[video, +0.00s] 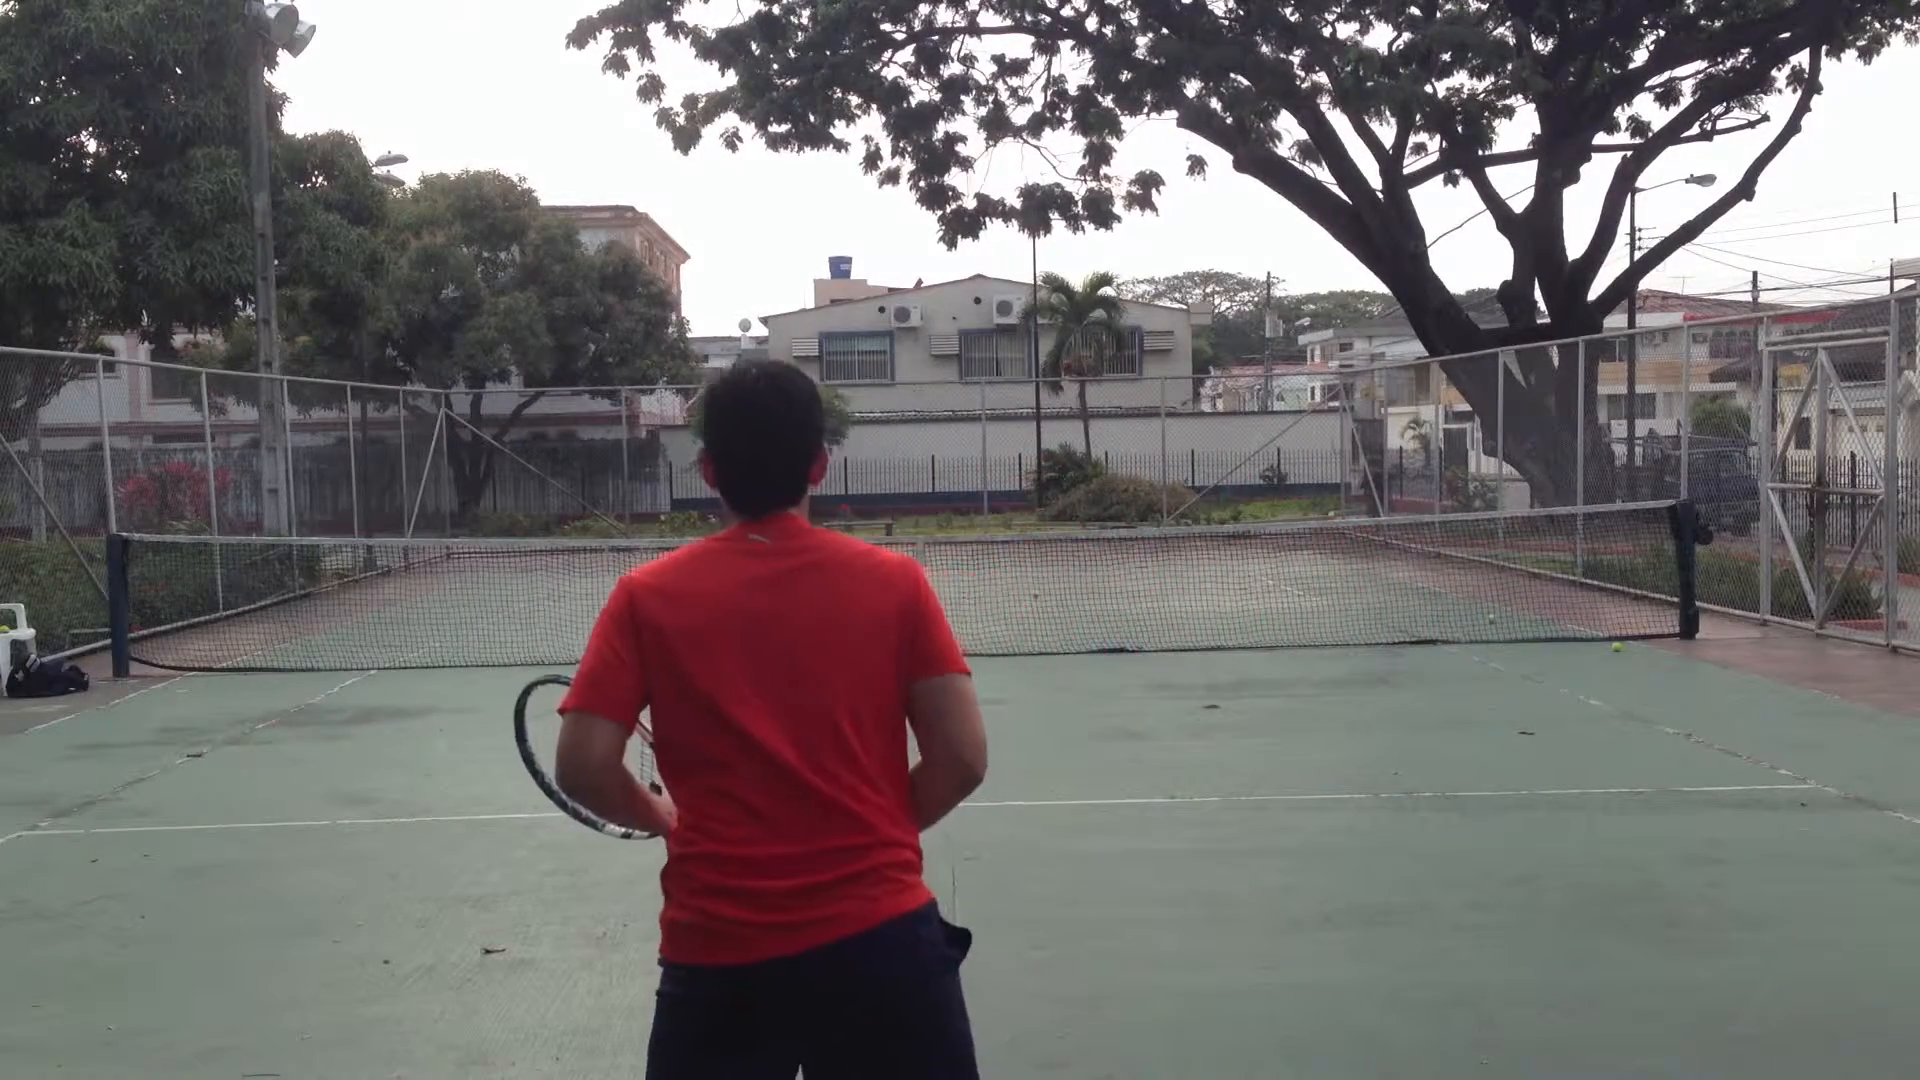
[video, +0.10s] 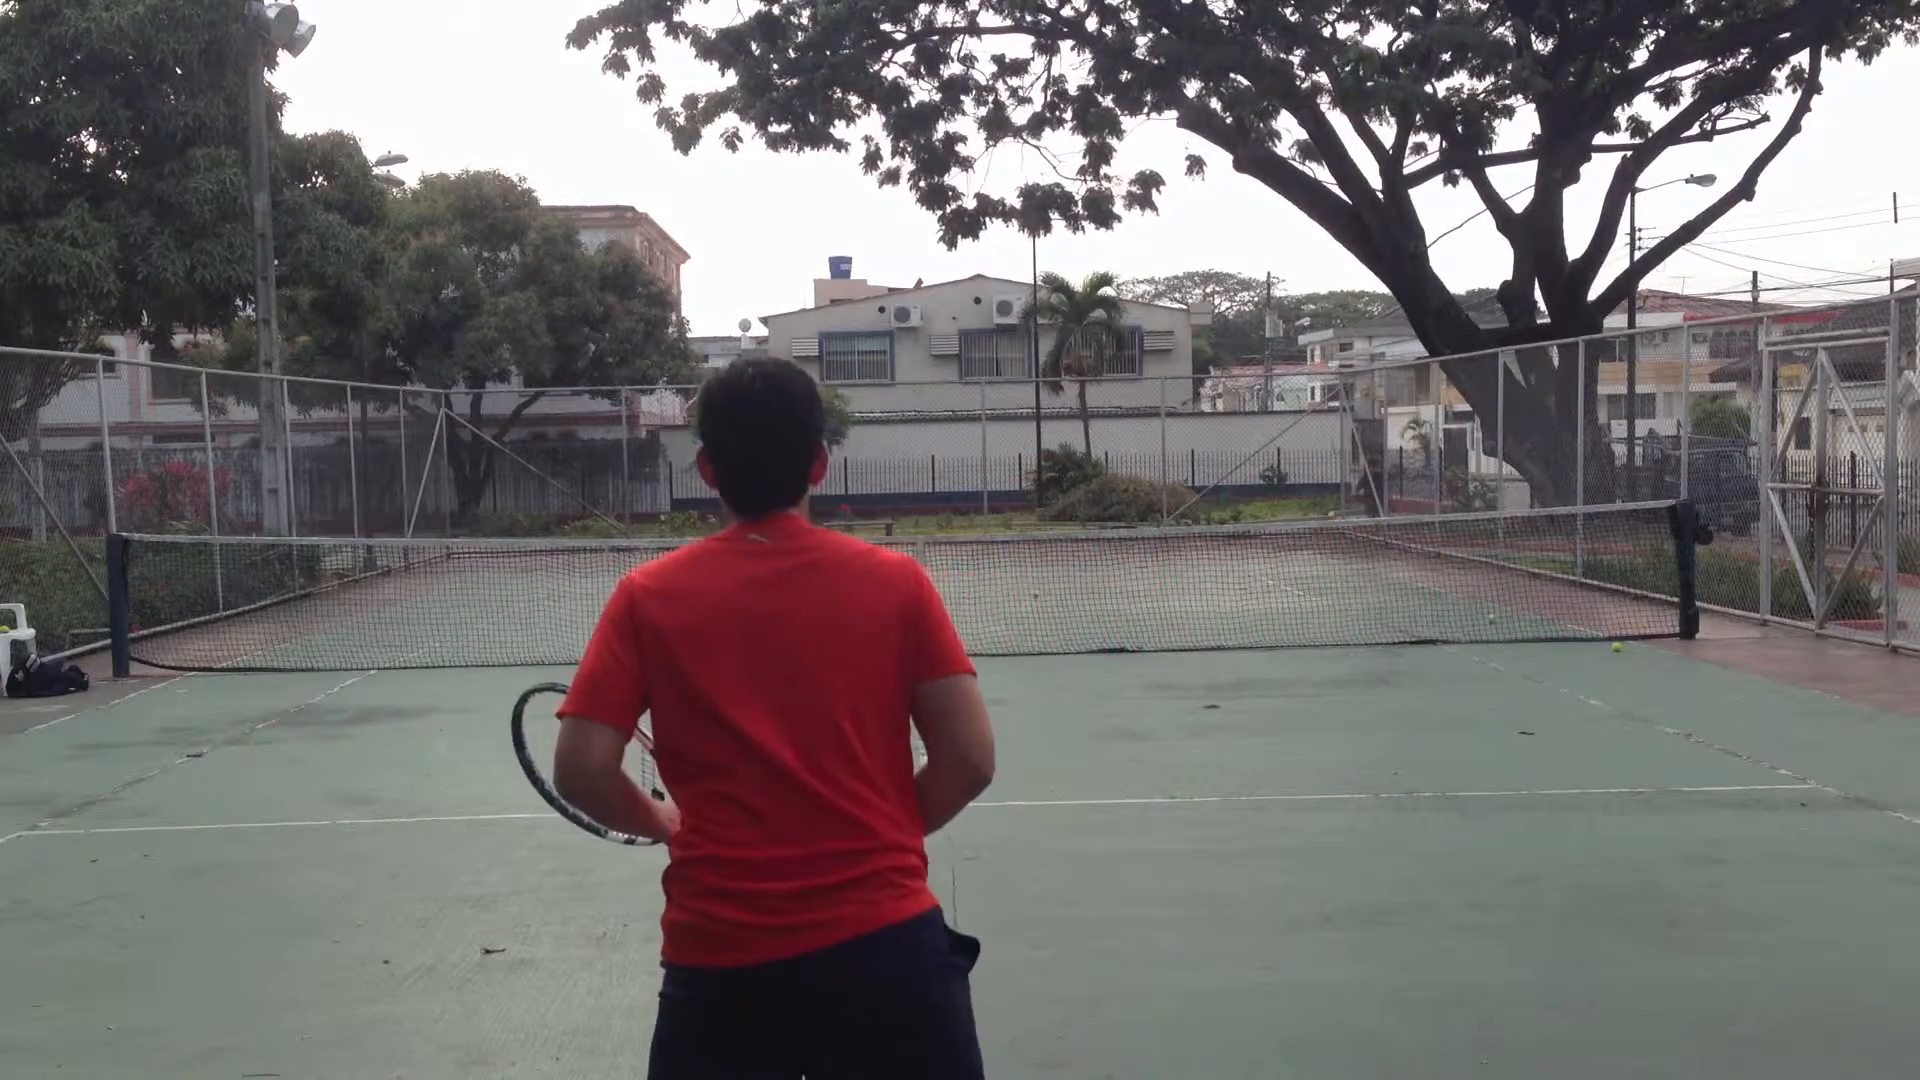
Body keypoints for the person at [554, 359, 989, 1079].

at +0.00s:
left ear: (708, 470)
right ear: (819, 467)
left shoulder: (649, 596)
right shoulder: (893, 582)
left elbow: (583, 766)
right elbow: (961, 759)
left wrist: (664, 817)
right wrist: (874, 822)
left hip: (720, 970)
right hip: (881, 959)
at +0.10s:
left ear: (706, 469)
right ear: (820, 465)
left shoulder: (650, 596)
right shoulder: (893, 582)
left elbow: (580, 771)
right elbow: (968, 760)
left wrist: (666, 821)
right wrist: (884, 828)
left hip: (723, 976)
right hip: (888, 962)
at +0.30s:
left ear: (772, 485)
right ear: (885, 481)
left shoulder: (710, 615)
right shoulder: (954, 597)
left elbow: (645, 790)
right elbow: (1026, 779)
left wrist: (745, 851)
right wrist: (938, 859)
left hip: (770, 989)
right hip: (935, 975)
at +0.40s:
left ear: (843, 491)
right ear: (959, 487)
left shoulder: (782, 624)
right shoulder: (1013, 611)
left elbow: (712, 795)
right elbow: (1077, 798)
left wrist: (817, 844)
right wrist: (1009, 883)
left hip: (820, 1000)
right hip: (982, 994)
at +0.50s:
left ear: (935, 493)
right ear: (1050, 489)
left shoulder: (878, 626)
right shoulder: (1094, 613)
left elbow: (804, 796)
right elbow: (1149, 810)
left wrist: (910, 841)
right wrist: (1101, 887)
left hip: (909, 1000)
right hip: (1062, 993)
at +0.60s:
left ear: (1017, 480)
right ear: (1133, 477)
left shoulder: (954, 611)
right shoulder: (1168, 597)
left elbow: (890, 787)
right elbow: (1219, 788)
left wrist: (995, 825)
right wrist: (1192, 871)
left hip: (984, 997)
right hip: (1129, 984)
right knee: (1226, 1048)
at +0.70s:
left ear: (1082, 466)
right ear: (1196, 469)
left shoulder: (1012, 594)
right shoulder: (1219, 583)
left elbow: (959, 775)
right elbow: (1264, 777)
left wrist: (1067, 815)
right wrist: (1260, 864)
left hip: (1032, 961)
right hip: (1166, 957)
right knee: (1274, 1037)